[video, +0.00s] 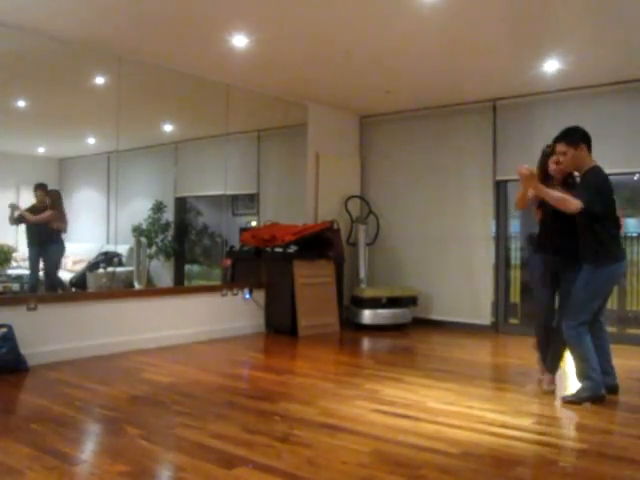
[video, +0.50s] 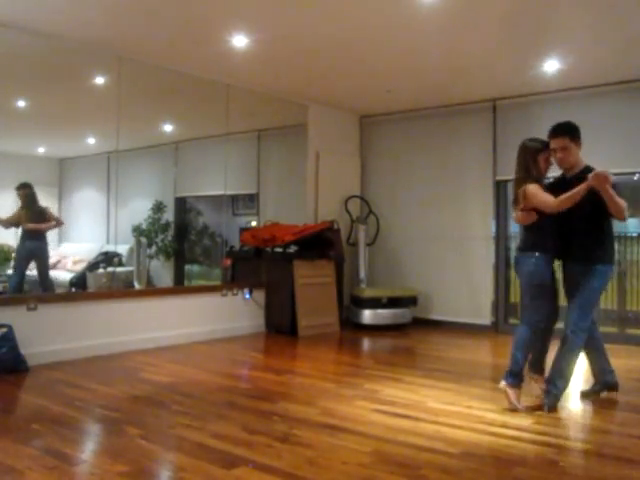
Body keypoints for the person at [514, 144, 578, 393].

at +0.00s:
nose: (558, 162)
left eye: (562, 158)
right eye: (553, 158)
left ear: (569, 163)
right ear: (545, 162)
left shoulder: (576, 187)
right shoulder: (541, 186)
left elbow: (590, 211)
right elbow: (521, 205)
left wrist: (614, 220)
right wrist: (527, 185)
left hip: (572, 256)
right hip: (545, 254)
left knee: (565, 314)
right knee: (543, 309)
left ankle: (551, 369)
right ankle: (544, 363)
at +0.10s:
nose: (559, 162)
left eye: (561, 158)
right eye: (553, 158)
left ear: (567, 160)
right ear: (544, 162)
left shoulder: (572, 185)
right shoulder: (539, 185)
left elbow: (587, 212)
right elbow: (529, 204)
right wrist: (546, 178)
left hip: (570, 254)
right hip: (543, 252)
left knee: (563, 319)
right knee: (540, 313)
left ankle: (546, 370)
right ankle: (521, 365)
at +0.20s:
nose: (557, 164)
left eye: (559, 159)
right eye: (552, 160)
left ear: (563, 162)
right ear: (541, 164)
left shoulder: (569, 186)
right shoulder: (537, 189)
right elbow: (534, 215)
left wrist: (571, 195)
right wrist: (556, 193)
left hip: (567, 255)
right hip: (541, 254)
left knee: (560, 317)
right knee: (536, 314)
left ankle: (542, 369)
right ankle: (510, 369)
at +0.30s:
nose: (556, 164)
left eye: (557, 159)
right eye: (551, 159)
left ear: (557, 162)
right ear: (539, 162)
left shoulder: (555, 189)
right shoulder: (534, 188)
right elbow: (543, 211)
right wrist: (570, 195)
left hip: (558, 258)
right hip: (539, 257)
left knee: (559, 316)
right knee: (532, 317)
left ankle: (540, 366)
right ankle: (508, 372)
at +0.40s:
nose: (554, 163)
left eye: (555, 158)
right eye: (549, 159)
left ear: (553, 162)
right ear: (536, 161)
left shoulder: (550, 188)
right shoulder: (531, 188)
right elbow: (551, 209)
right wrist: (582, 190)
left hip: (552, 258)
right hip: (535, 257)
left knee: (556, 315)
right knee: (531, 317)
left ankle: (538, 369)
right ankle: (512, 376)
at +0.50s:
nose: (549, 165)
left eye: (549, 159)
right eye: (544, 159)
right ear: (531, 160)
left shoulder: (539, 187)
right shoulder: (528, 189)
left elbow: (558, 199)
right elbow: (555, 205)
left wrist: (590, 182)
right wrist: (587, 185)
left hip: (543, 257)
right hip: (532, 257)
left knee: (549, 314)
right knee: (534, 317)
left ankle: (535, 369)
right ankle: (512, 378)